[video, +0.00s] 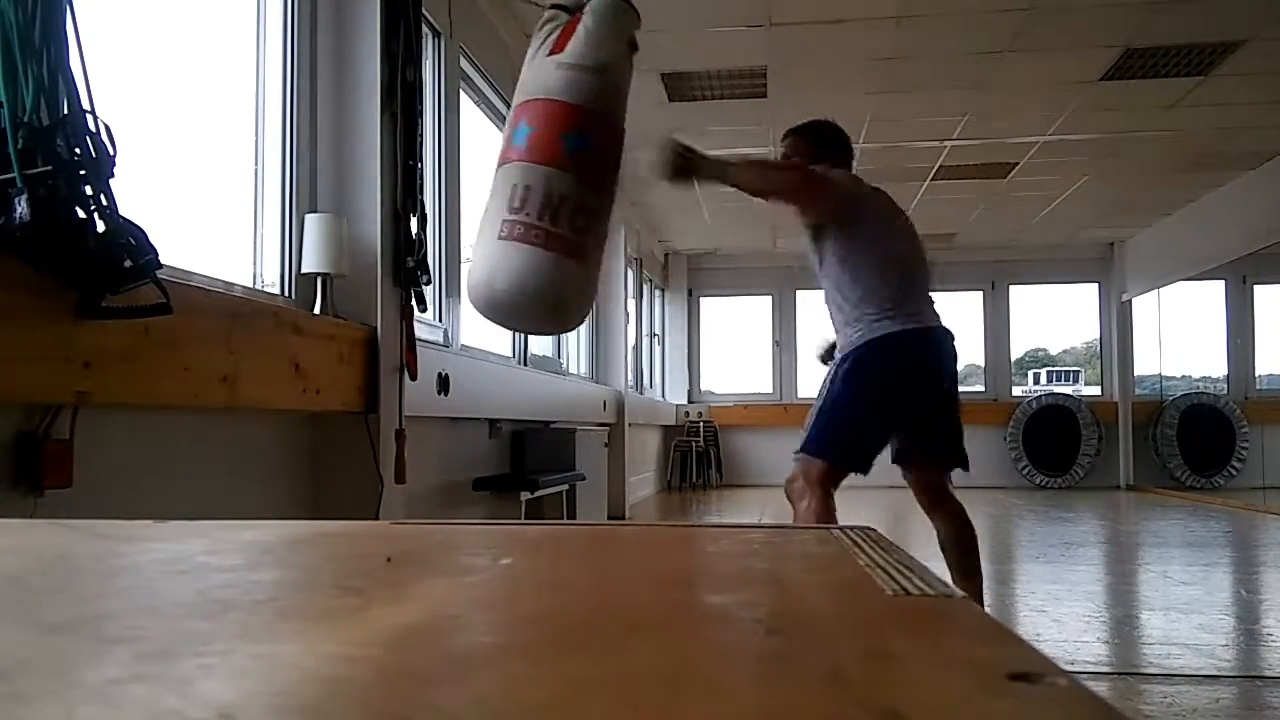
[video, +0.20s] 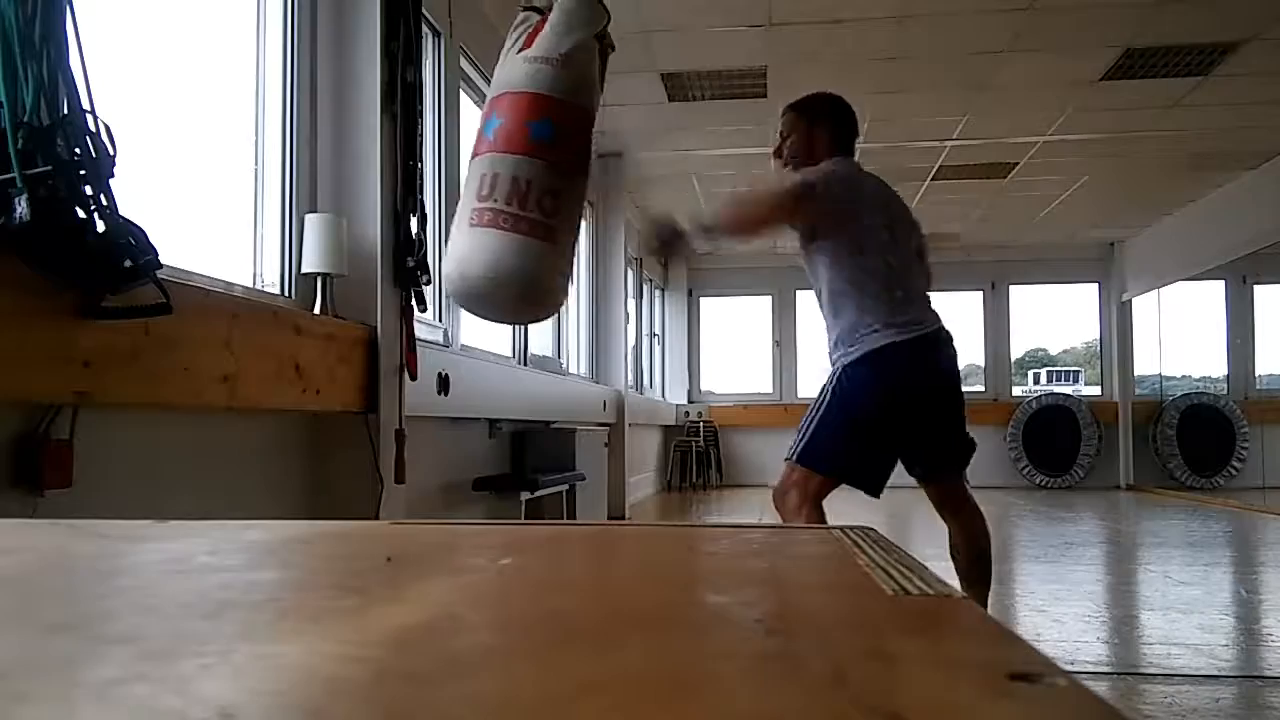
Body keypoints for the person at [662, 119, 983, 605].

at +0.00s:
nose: (783, 170)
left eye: (790, 160)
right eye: (782, 160)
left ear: (819, 162)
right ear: (845, 163)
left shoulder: (830, 189)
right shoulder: (882, 203)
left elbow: (790, 178)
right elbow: (898, 288)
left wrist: (705, 167)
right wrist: (845, 337)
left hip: (876, 354)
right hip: (930, 349)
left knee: (808, 483)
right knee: (933, 487)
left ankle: (824, 609)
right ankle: (975, 615)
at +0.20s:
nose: (778, 149)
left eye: (787, 134)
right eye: (779, 137)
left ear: (820, 136)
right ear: (844, 141)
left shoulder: (821, 182)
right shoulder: (890, 197)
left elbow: (752, 213)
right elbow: (923, 277)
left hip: (872, 362)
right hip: (931, 355)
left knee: (795, 493)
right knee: (952, 494)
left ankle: (825, 627)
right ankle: (978, 623)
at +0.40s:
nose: (844, 92)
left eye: (854, 78)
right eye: (847, 79)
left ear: (888, 83)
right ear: (885, 86)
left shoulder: (935, 148)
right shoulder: (855, 155)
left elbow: (1032, 191)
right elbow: (793, 173)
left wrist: (1006, 255)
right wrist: (729, 134)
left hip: (852, 338)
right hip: (810, 331)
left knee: (799, 494)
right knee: (830, 437)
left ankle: (812, 622)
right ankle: (908, 526)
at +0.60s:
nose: (900, 106)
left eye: (914, 93)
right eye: (905, 92)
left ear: (953, 108)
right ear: (948, 109)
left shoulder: (993, 196)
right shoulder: (896, 160)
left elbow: (925, 246)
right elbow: (844, 236)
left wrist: (861, 183)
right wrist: (793, 248)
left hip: (863, 344)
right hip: (811, 276)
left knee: (860, 487)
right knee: (665, 256)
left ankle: (856, 622)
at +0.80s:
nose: (954, 90)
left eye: (970, 80)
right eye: (960, 76)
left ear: (1013, 96)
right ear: (1000, 93)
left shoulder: (1035, 213)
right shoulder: (939, 146)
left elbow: (971, 306)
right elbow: (867, 184)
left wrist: (913, 237)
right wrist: (790, 190)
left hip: (906, 354)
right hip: (850, 293)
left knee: (891, 498)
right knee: (712, 328)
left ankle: (876, 632)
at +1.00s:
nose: (964, 71)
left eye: (978, 59)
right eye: (968, 58)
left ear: (1020, 70)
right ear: (1010, 70)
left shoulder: (1062, 169)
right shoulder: (954, 140)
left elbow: (1107, 266)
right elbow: (890, 218)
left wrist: (1028, 267)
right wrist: (897, 183)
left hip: (955, 348)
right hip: (897, 321)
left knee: (911, 497)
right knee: (851, 446)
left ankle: (899, 630)